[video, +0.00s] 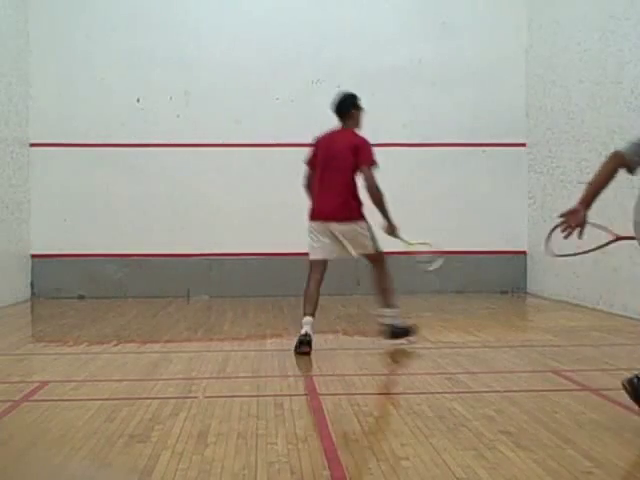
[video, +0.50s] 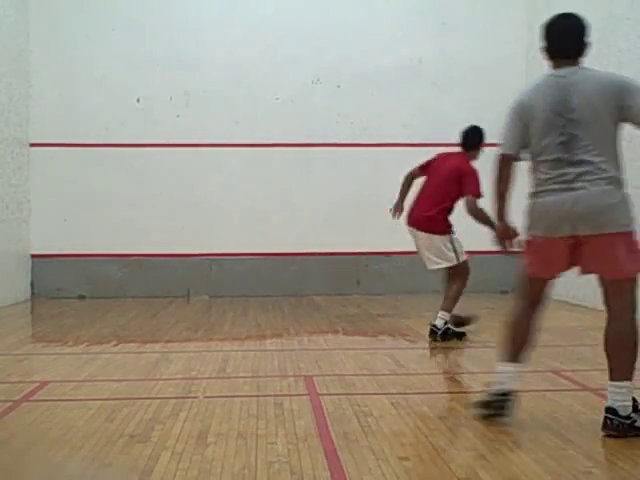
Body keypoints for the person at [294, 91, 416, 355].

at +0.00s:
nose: (362, 116)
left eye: (360, 112)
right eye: (359, 112)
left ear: (339, 115)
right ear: (353, 114)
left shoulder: (321, 141)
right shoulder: (358, 142)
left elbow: (308, 182)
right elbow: (371, 185)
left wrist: (322, 206)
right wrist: (388, 220)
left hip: (319, 216)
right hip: (347, 216)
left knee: (315, 273)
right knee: (378, 262)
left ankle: (305, 331)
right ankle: (391, 321)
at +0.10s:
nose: (386, 130)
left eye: (385, 126)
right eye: (385, 126)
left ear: (365, 127)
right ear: (381, 128)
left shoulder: (347, 151)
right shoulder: (382, 157)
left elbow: (332, 187)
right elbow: (394, 200)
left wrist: (352, 203)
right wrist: (412, 232)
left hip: (337, 223)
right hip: (366, 226)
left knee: (325, 280)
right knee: (403, 269)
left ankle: (307, 333)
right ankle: (428, 321)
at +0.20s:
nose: (417, 136)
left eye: (416, 131)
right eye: (416, 132)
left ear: (396, 132)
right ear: (412, 134)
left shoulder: (379, 154)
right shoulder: (410, 164)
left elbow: (356, 184)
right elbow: (417, 207)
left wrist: (369, 206)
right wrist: (435, 238)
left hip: (365, 226)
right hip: (392, 229)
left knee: (352, 276)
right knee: (428, 267)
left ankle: (324, 314)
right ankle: (439, 325)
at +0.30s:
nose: (443, 142)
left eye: (441, 138)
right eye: (443, 139)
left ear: (423, 137)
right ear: (441, 140)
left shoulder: (404, 157)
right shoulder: (434, 168)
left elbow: (379, 184)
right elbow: (439, 210)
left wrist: (387, 212)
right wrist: (457, 242)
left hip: (387, 225)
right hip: (411, 227)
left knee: (391, 281)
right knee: (444, 267)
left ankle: (363, 303)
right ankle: (440, 325)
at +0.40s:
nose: (464, 146)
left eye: (462, 142)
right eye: (464, 142)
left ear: (443, 139)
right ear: (461, 144)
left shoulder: (424, 157)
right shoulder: (453, 169)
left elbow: (396, 182)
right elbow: (457, 209)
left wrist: (396, 212)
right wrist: (479, 238)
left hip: (401, 221)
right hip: (423, 224)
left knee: (431, 263)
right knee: (454, 267)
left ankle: (407, 302)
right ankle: (441, 324)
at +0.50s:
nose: (481, 150)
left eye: (480, 146)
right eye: (481, 146)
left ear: (461, 143)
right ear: (479, 147)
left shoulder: (442, 158)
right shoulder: (468, 170)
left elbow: (411, 175)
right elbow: (472, 208)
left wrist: (399, 201)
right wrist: (495, 227)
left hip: (416, 220)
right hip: (434, 224)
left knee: (452, 268)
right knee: (461, 271)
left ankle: (446, 315)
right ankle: (441, 323)